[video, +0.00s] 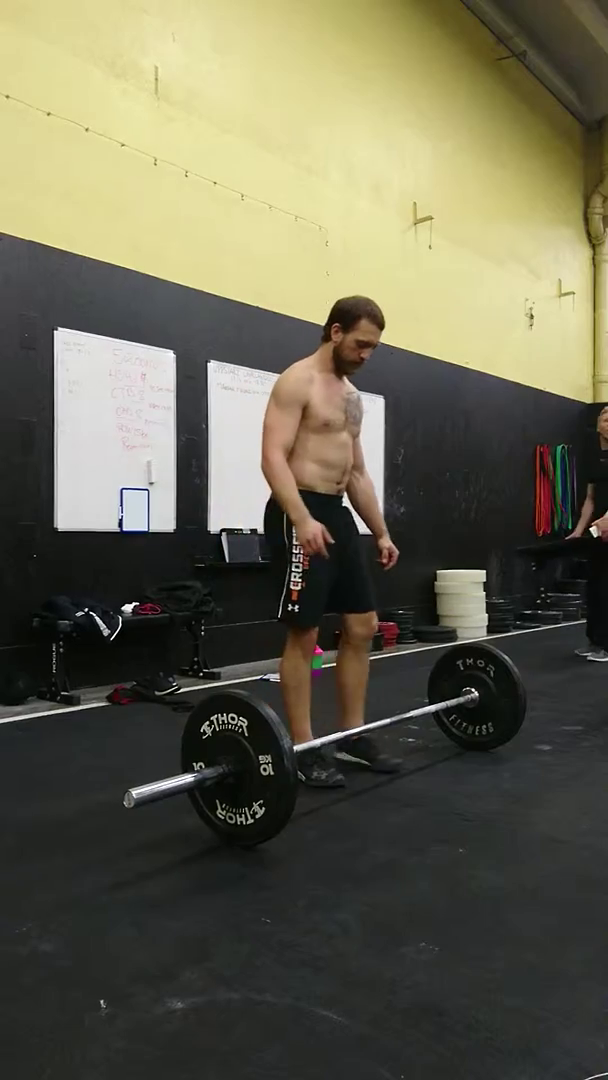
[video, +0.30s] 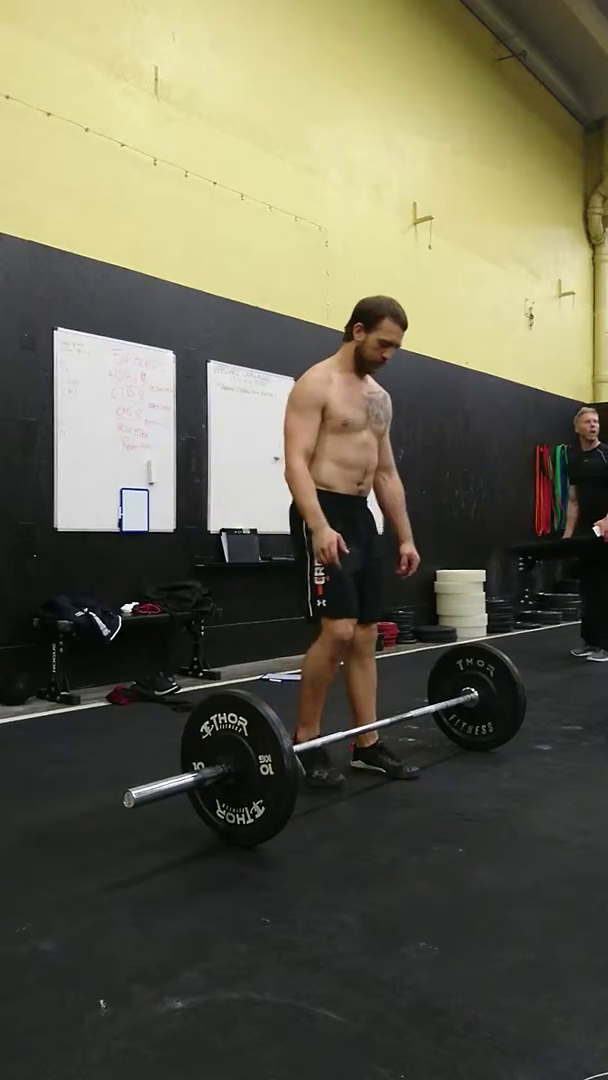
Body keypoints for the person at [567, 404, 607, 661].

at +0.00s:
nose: (605, 422)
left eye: (607, 418)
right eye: (603, 418)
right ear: (597, 424)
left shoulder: (601, 456)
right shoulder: (594, 455)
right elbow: (591, 498)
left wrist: (603, 522)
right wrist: (578, 531)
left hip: (604, 538)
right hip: (597, 536)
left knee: (600, 588)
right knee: (595, 587)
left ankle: (603, 645)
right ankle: (595, 642)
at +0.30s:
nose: (593, 426)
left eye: (595, 422)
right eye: (587, 422)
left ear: (599, 425)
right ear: (577, 427)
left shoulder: (605, 454)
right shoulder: (574, 459)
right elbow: (573, 501)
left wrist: (606, 521)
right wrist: (568, 534)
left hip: (604, 531)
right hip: (585, 533)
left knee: (602, 589)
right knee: (588, 587)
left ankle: (605, 646)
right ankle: (592, 642)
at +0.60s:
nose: (569, 427)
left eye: (574, 423)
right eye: (568, 424)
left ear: (589, 425)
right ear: (569, 428)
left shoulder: (603, 453)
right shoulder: (572, 457)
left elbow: (607, 493)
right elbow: (564, 497)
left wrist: (606, 519)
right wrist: (552, 531)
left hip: (600, 532)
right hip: (580, 533)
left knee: (600, 587)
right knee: (586, 587)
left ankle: (604, 644)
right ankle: (590, 641)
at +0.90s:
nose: (557, 433)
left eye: (560, 428)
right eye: (556, 429)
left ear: (576, 429)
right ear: (570, 431)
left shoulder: (599, 455)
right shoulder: (568, 461)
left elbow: (607, 492)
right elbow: (563, 501)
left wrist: (605, 520)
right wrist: (550, 535)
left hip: (599, 532)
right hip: (579, 533)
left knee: (598, 587)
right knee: (586, 587)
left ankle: (603, 645)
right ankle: (591, 642)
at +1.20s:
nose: (558, 434)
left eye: (561, 429)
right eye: (558, 430)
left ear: (574, 430)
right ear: (572, 431)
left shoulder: (597, 453)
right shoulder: (573, 460)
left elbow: (605, 488)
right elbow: (569, 502)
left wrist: (603, 518)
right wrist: (558, 534)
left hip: (598, 531)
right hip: (580, 532)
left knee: (598, 586)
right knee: (585, 586)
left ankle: (604, 645)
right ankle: (591, 641)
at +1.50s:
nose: (562, 430)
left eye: (566, 426)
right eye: (563, 426)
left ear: (580, 429)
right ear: (577, 429)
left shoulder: (593, 453)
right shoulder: (571, 454)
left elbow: (590, 491)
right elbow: (573, 492)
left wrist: (572, 520)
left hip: (595, 530)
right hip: (579, 530)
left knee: (597, 587)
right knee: (574, 584)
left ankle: (603, 645)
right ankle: (574, 640)